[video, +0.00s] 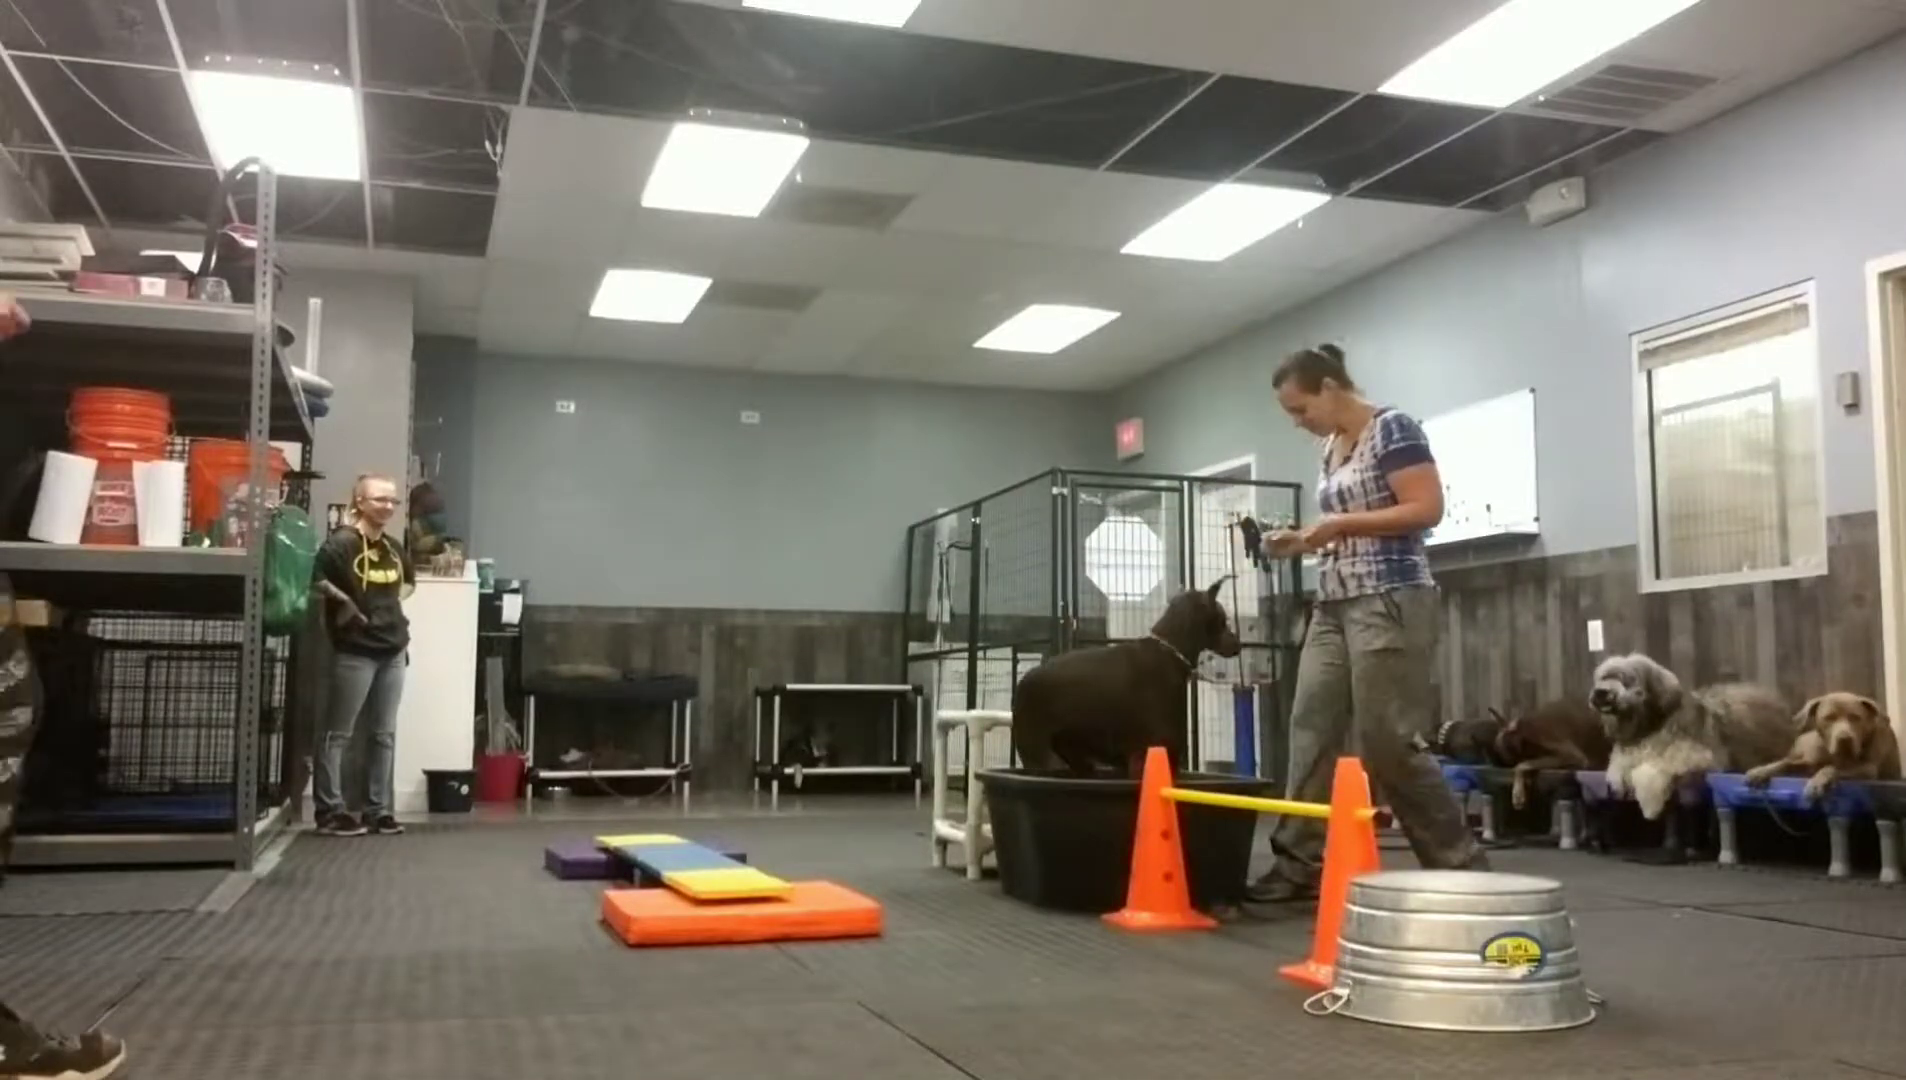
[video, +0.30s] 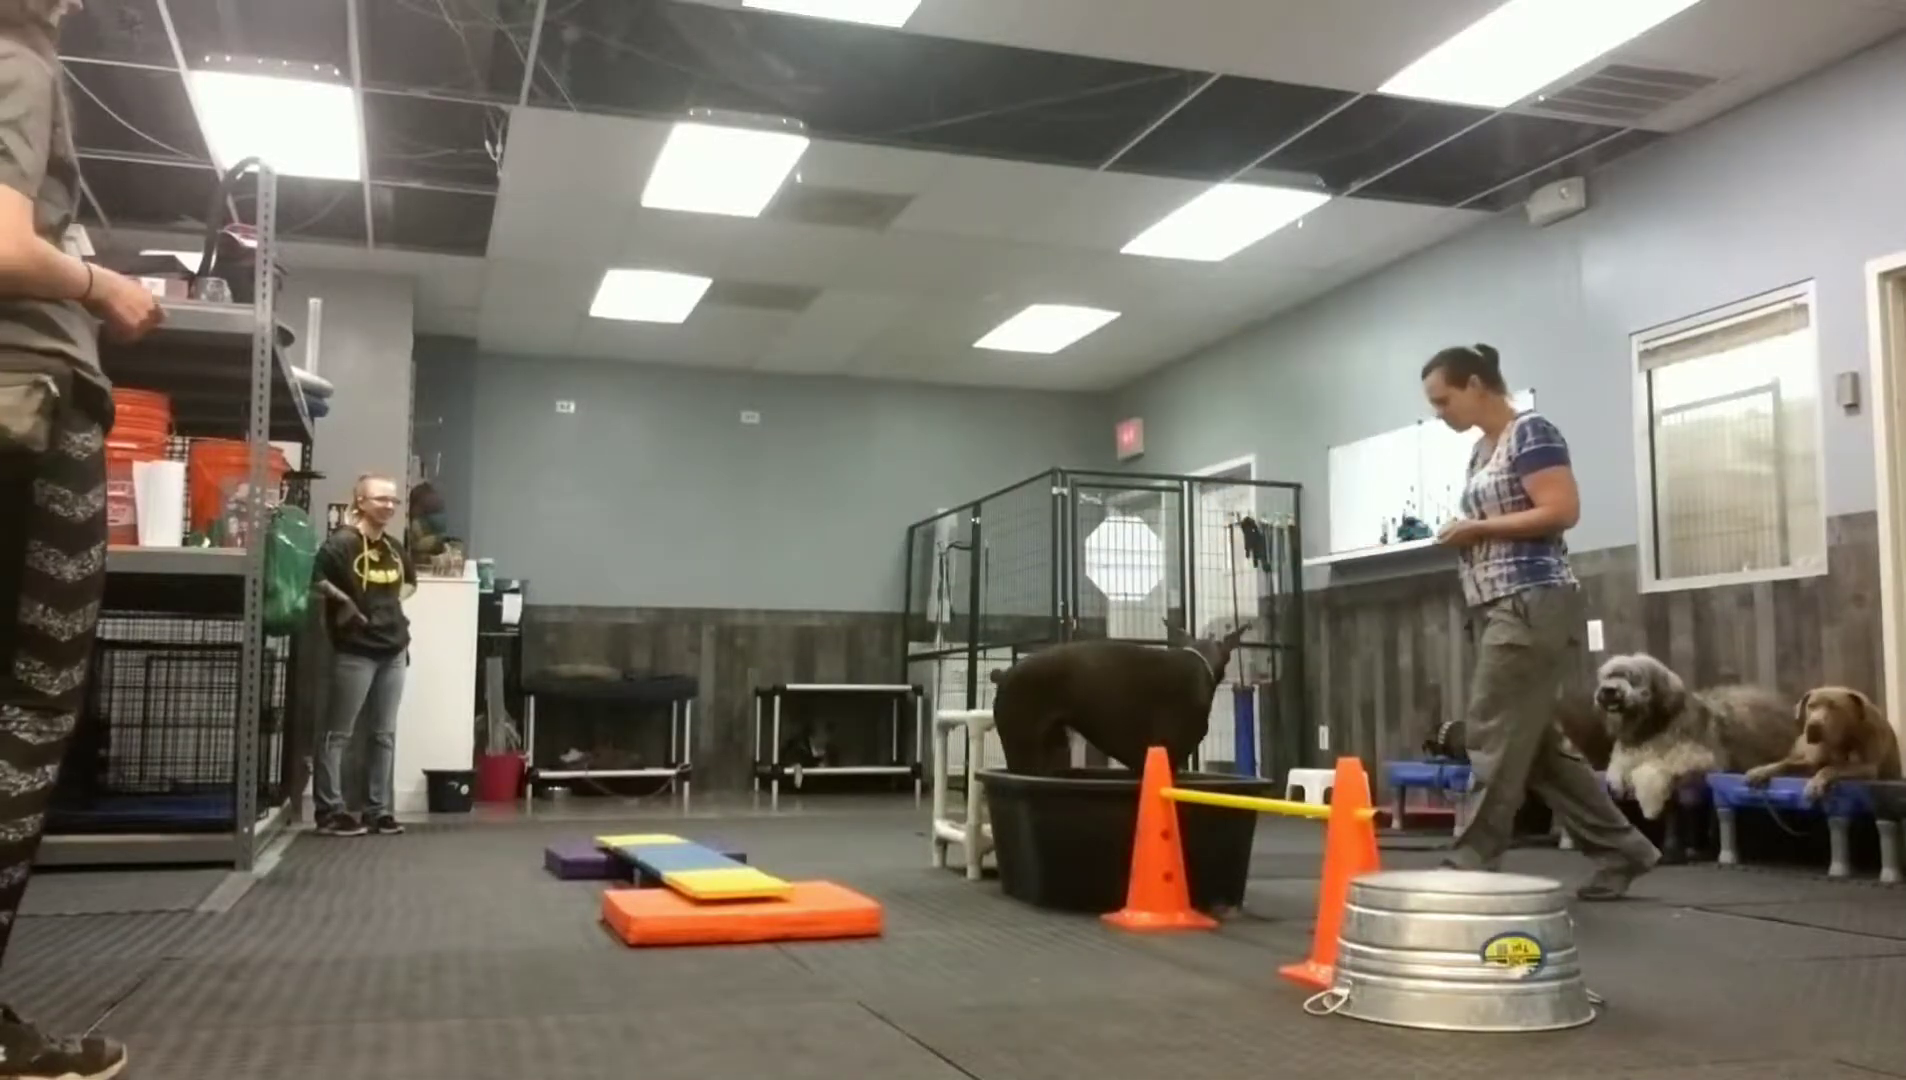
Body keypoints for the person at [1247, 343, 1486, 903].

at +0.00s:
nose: (1300, 423)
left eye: (1300, 409)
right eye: (1293, 414)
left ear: (1330, 388)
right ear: (1321, 398)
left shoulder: (1392, 427)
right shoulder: (1332, 456)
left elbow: (1427, 509)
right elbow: (1349, 531)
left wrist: (1341, 523)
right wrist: (1300, 542)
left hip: (1388, 602)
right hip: (1336, 607)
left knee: (1387, 740)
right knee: (1311, 729)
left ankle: (1462, 867)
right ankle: (1298, 867)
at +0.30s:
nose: (1440, 416)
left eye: (1441, 404)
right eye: (1435, 408)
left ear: (1473, 386)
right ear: (1471, 391)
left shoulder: (1529, 433)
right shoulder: (1485, 451)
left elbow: (1562, 511)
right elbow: (1512, 521)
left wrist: (1481, 528)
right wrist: (1468, 531)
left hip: (1533, 604)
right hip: (1507, 607)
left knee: (1495, 734)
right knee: (1533, 740)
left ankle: (1469, 865)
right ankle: (1622, 849)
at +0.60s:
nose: (1544, 407)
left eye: (1548, 394)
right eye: (1540, 398)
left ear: (1584, 381)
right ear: (1574, 389)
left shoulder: (1642, 426)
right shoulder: (1581, 456)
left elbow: (1679, 503)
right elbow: (1601, 528)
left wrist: (1593, 522)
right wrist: (1567, 529)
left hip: (1641, 600)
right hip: (1590, 606)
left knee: (1634, 726)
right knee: (1604, 734)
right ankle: (1640, 858)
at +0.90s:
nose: (1619, 391)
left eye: (1623, 377)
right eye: (1615, 380)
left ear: (1658, 364)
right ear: (1655, 370)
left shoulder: (1720, 414)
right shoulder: (1661, 437)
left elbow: (1753, 498)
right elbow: (1679, 525)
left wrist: (1664, 514)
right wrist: (1641, 576)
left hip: (1715, 597)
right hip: (1663, 601)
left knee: (1717, 738)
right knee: (1658, 738)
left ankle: (1744, 876)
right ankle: (1665, 863)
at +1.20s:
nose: (1633, 399)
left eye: (1634, 385)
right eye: (1628, 389)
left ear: (1667, 366)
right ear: (1663, 371)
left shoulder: (1731, 413)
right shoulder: (1669, 433)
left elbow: (1762, 497)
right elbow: (1686, 514)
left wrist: (1672, 512)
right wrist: (1654, 534)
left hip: (1721, 597)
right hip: (1671, 601)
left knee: (1722, 738)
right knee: (1679, 743)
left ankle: (1746, 876)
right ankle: (1692, 867)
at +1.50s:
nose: (1626, 409)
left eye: (1625, 395)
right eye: (1620, 399)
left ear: (1654, 375)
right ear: (1653, 380)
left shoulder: (1723, 411)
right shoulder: (1669, 437)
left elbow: (1758, 494)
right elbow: (1689, 518)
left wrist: (1671, 514)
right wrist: (1657, 536)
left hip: (1724, 597)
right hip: (1675, 602)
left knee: (1728, 740)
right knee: (1686, 743)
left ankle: (1746, 877)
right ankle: (1694, 866)